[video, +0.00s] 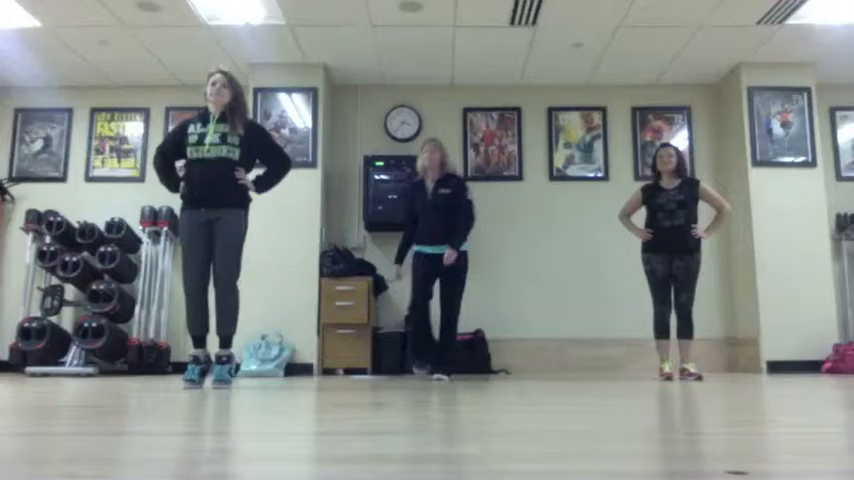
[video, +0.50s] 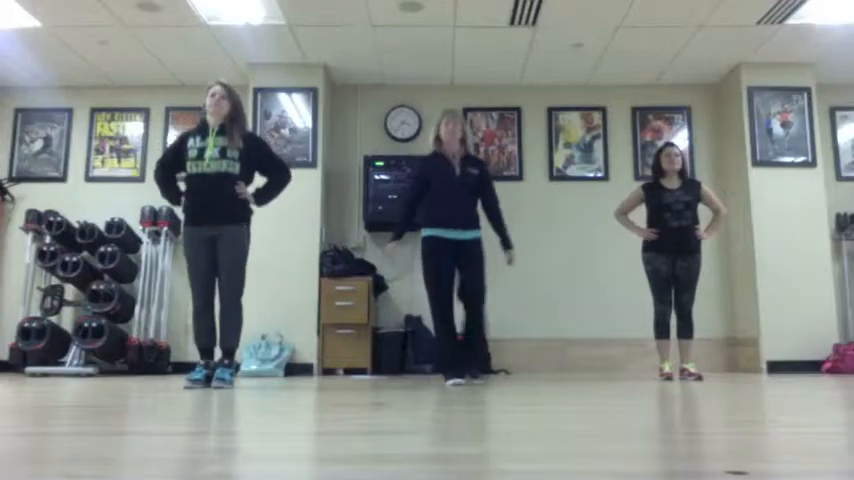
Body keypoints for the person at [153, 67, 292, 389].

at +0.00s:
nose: (216, 88)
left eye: (223, 85)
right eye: (212, 84)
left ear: (233, 94)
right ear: (205, 91)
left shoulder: (249, 130)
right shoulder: (189, 128)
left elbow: (282, 163)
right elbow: (161, 157)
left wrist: (257, 183)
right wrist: (175, 183)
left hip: (230, 211)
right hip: (193, 210)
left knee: (225, 281)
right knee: (193, 283)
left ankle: (225, 356)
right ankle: (198, 356)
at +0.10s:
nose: (215, 87)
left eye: (222, 84)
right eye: (212, 83)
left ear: (233, 93)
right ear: (205, 90)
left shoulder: (249, 129)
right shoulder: (189, 127)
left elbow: (282, 162)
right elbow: (161, 157)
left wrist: (256, 183)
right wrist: (175, 182)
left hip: (231, 211)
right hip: (193, 210)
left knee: (227, 282)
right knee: (193, 283)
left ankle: (225, 354)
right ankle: (197, 354)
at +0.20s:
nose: (215, 87)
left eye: (222, 83)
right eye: (211, 82)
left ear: (233, 93)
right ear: (204, 90)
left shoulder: (249, 129)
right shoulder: (189, 127)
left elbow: (282, 162)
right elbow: (161, 157)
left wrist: (257, 182)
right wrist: (176, 183)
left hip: (231, 211)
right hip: (194, 210)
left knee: (227, 282)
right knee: (193, 283)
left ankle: (226, 355)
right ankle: (196, 355)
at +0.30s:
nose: (214, 88)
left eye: (221, 84)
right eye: (211, 83)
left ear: (233, 93)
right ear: (204, 91)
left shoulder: (248, 129)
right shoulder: (188, 128)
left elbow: (283, 160)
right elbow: (161, 158)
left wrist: (257, 183)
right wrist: (176, 183)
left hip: (231, 213)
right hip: (194, 212)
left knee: (228, 284)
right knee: (196, 285)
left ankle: (227, 355)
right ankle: (199, 355)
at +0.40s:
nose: (214, 91)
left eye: (221, 88)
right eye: (211, 87)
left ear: (232, 97)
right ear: (204, 94)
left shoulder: (248, 133)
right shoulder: (189, 131)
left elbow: (283, 164)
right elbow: (161, 161)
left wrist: (257, 187)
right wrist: (176, 187)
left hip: (232, 217)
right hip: (195, 216)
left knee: (229, 288)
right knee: (197, 289)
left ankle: (228, 358)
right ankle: (201, 358)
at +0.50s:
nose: (214, 99)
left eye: (221, 96)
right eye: (211, 95)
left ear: (232, 106)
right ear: (204, 103)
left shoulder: (248, 142)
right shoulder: (190, 140)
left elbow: (282, 173)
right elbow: (162, 170)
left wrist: (257, 196)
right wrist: (178, 199)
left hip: (233, 226)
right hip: (196, 225)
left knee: (230, 295)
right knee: (201, 296)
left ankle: (227, 363)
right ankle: (205, 362)